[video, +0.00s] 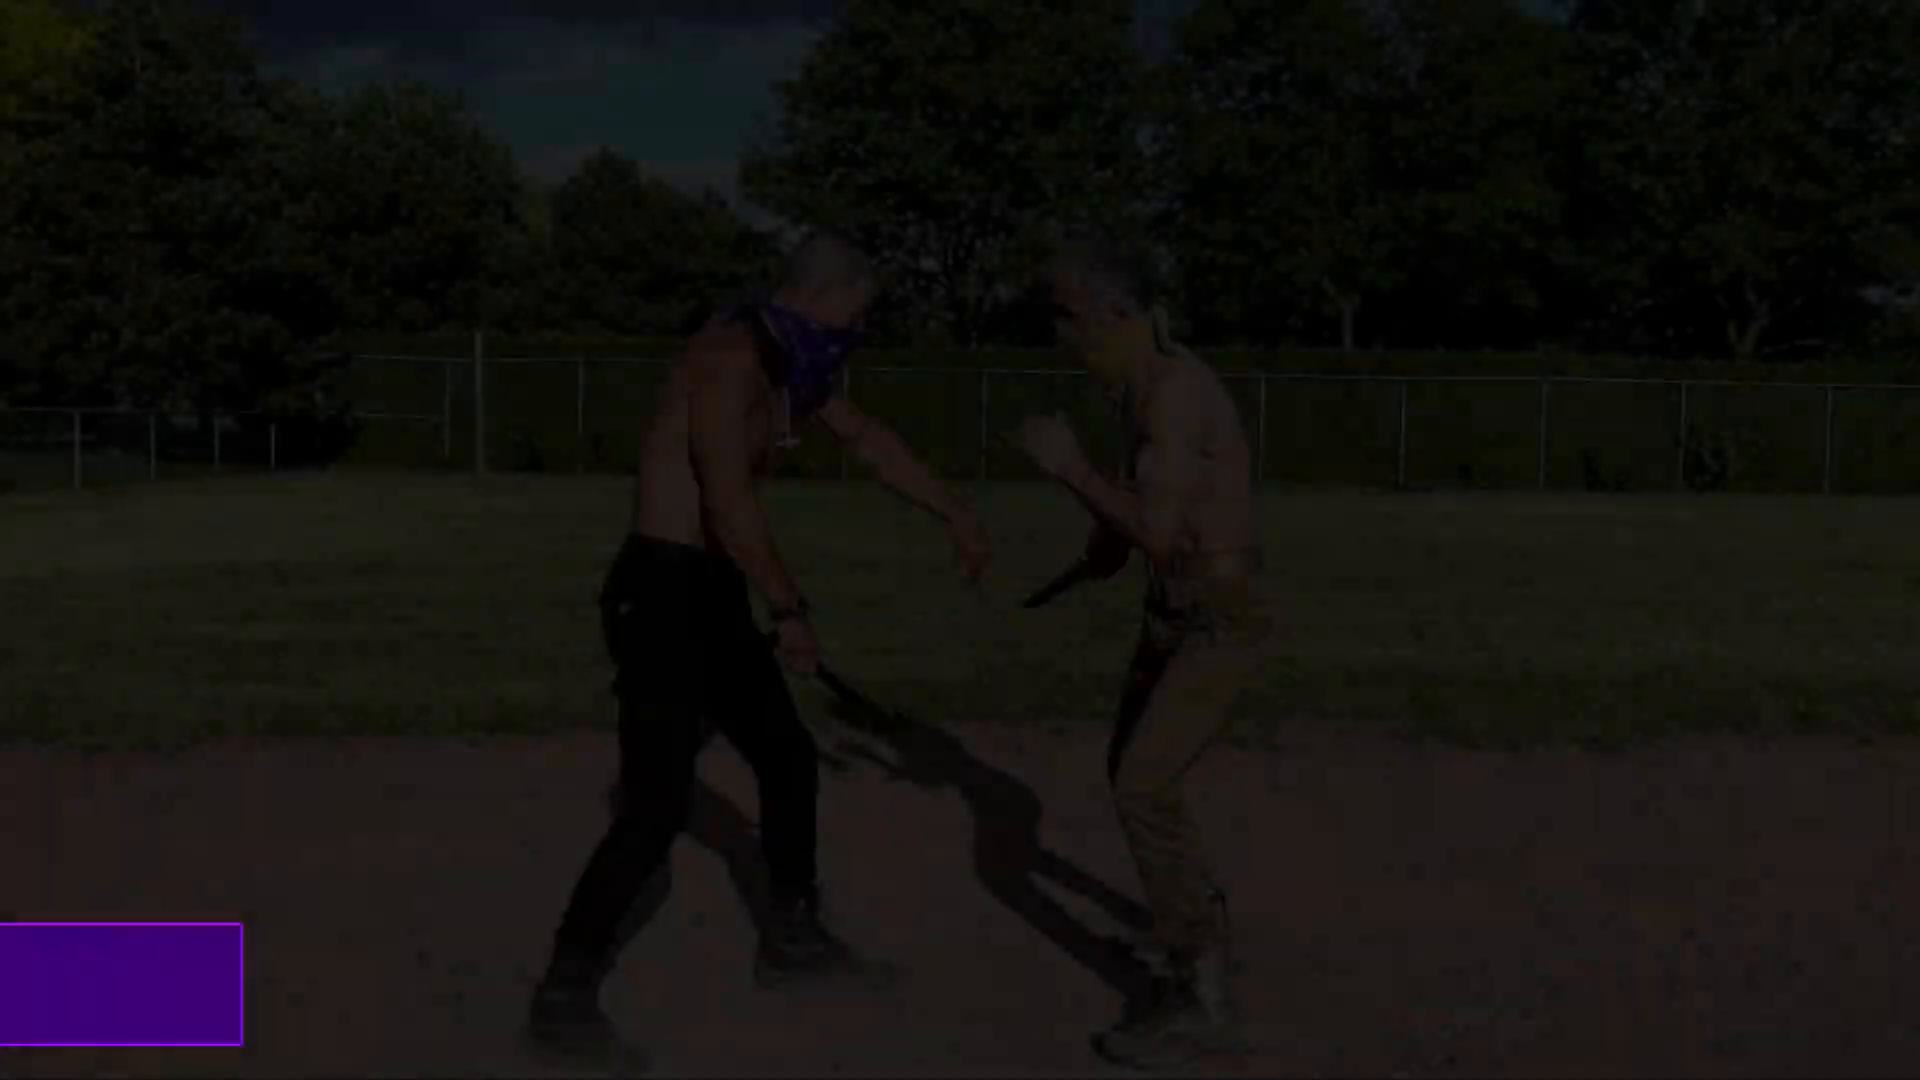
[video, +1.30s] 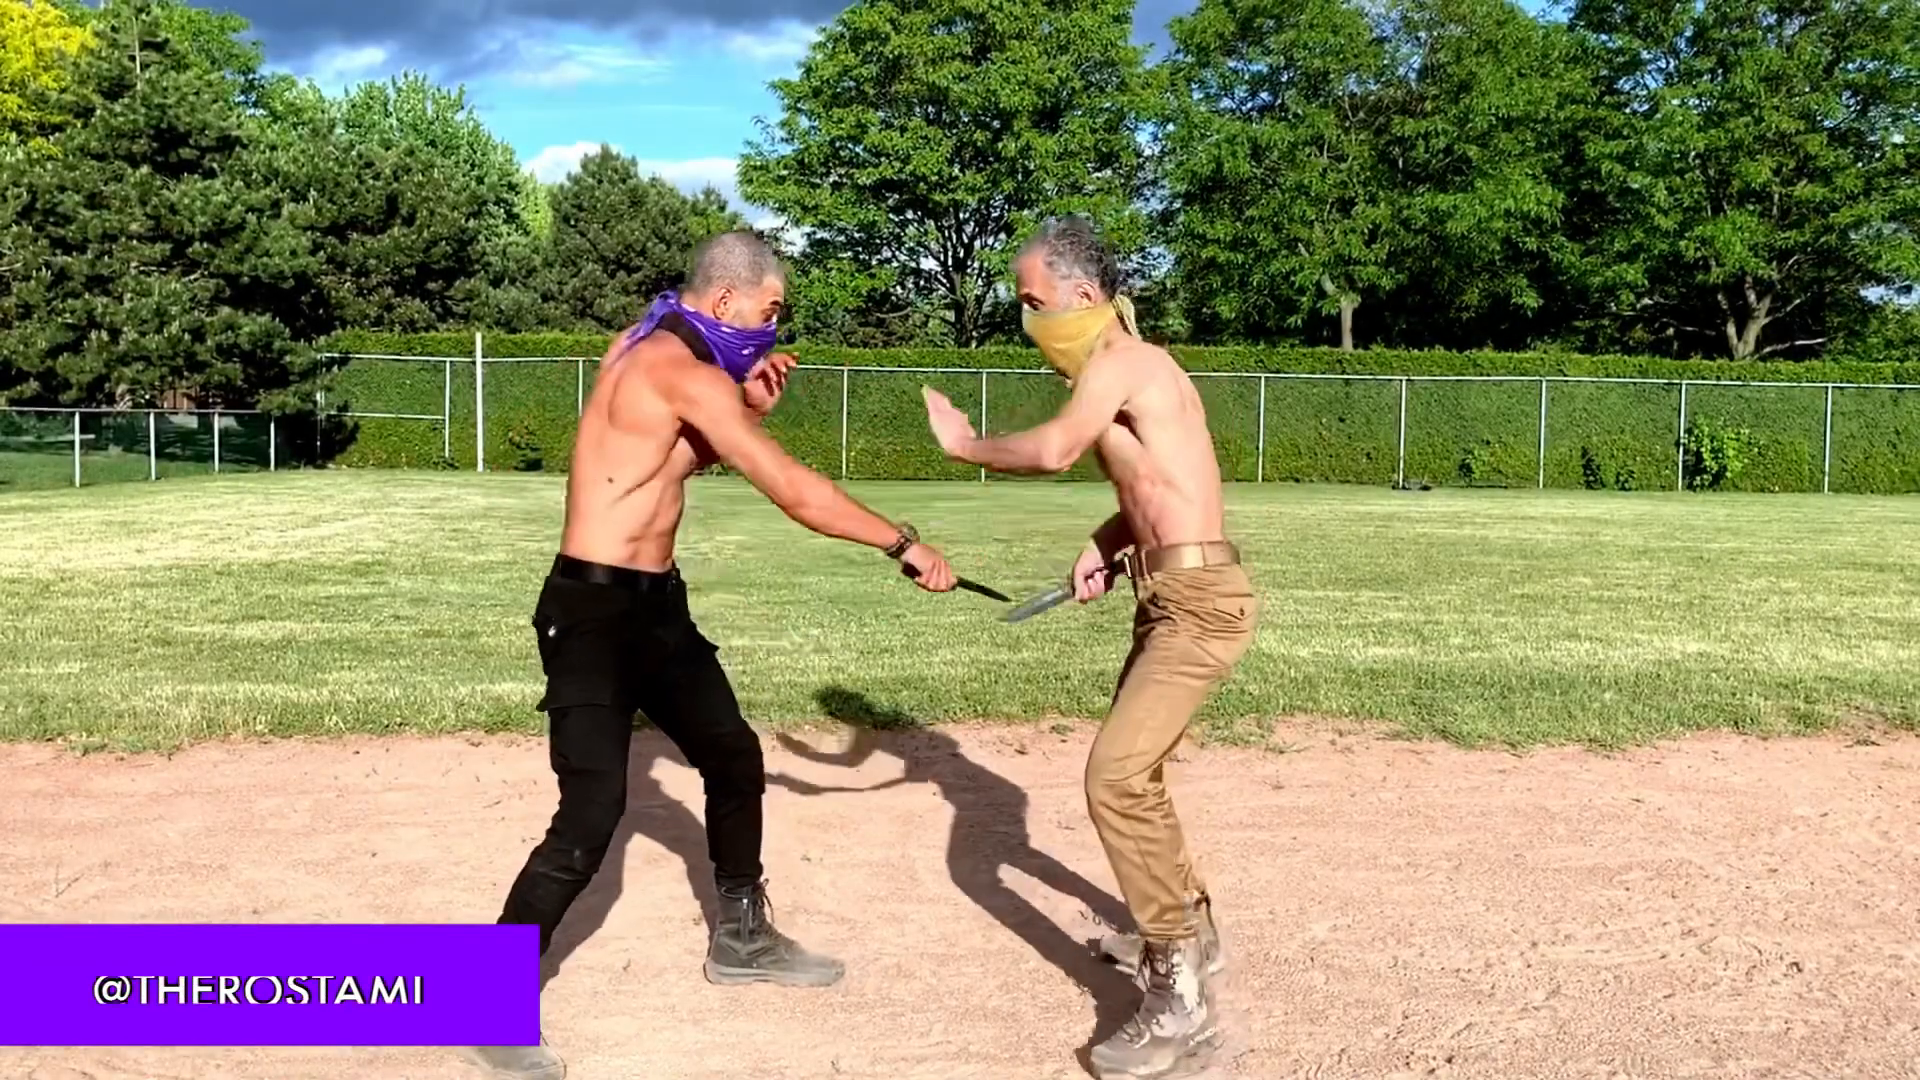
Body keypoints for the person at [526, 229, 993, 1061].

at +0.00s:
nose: (845, 343)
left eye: (852, 328)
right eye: (843, 325)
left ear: (807, 305)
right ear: (811, 309)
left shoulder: (780, 368)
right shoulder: (729, 363)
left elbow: (867, 441)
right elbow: (729, 503)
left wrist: (954, 511)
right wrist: (786, 608)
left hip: (712, 592)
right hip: (661, 595)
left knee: (789, 761)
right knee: (655, 805)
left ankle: (793, 936)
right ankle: (566, 995)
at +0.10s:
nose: (848, 336)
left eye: (856, 321)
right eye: (847, 318)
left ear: (801, 296)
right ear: (809, 301)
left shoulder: (738, 353)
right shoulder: (748, 368)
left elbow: (777, 460)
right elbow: (726, 518)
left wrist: (866, 477)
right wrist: (768, 588)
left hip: (695, 590)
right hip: (664, 596)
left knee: (771, 761)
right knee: (668, 807)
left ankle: (793, 939)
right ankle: (562, 1000)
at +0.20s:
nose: (830, 326)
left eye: (836, 311)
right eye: (829, 310)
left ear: (759, 287)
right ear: (795, 303)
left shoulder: (671, 338)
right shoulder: (768, 385)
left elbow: (690, 436)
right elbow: (808, 510)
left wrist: (784, 406)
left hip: (654, 594)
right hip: (672, 609)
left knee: (756, 757)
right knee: (678, 822)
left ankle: (793, 936)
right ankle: (563, 1001)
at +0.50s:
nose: (806, 333)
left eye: (810, 319)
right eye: (800, 316)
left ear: (752, 305)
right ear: (752, 304)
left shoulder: (724, 365)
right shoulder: (674, 377)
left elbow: (743, 446)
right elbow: (686, 541)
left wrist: (804, 419)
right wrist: (761, 561)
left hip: (699, 598)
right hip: (638, 603)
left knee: (779, 749)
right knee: (659, 805)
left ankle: (768, 930)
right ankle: (563, 995)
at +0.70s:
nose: (788, 325)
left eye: (793, 310)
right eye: (783, 307)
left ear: (741, 293)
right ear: (734, 293)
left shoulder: (723, 361)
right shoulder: (644, 370)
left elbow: (722, 450)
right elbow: (587, 513)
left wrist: (797, 454)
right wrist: (686, 582)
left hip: (702, 602)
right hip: (626, 607)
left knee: (777, 761)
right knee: (587, 810)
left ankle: (768, 931)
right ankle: (497, 1002)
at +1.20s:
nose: (779, 333)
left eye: (785, 318)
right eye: (776, 314)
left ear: (729, 299)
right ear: (732, 302)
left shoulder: (689, 366)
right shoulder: (661, 366)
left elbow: (690, 473)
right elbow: (612, 506)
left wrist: (752, 435)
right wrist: (706, 582)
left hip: (657, 603)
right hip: (604, 605)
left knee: (737, 757)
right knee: (608, 818)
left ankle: (741, 935)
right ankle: (499, 1003)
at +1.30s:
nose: (775, 329)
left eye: (780, 314)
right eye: (771, 311)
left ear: (713, 294)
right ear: (725, 298)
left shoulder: (651, 345)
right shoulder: (678, 366)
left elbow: (666, 461)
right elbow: (790, 487)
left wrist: (740, 410)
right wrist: (900, 541)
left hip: (656, 605)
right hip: (591, 608)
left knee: (734, 756)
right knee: (589, 810)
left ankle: (742, 934)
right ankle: (496, 999)